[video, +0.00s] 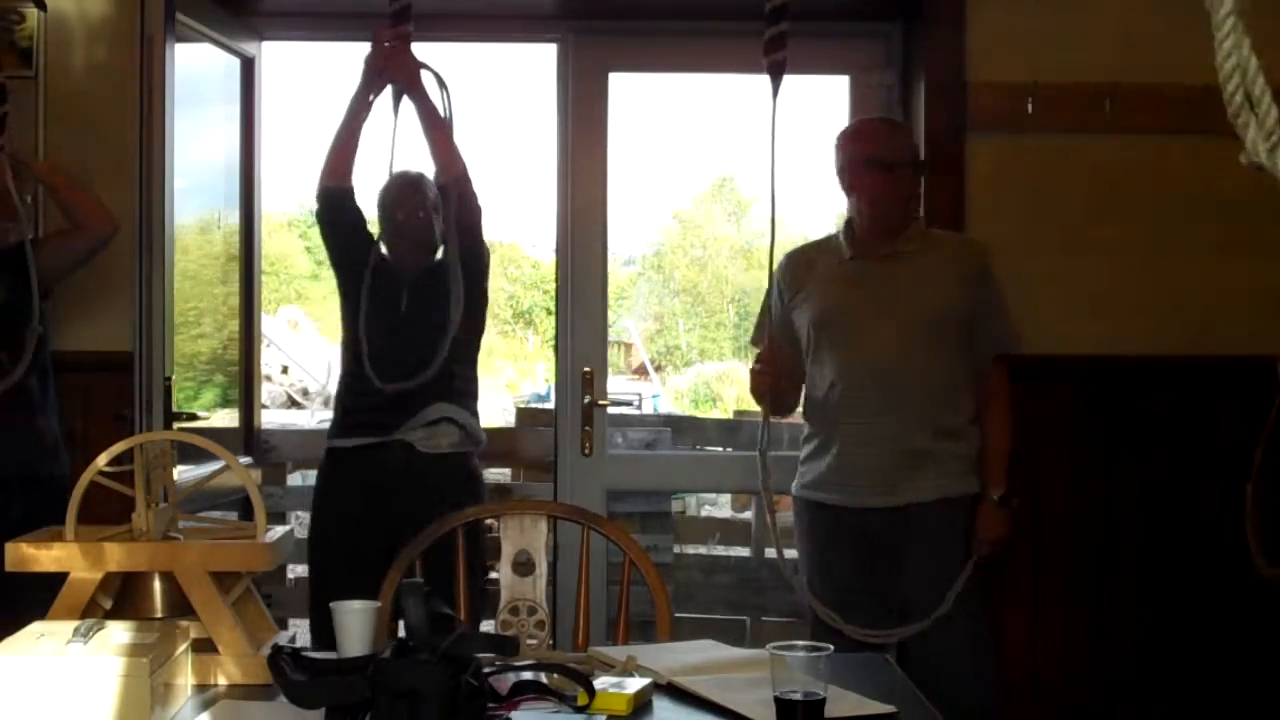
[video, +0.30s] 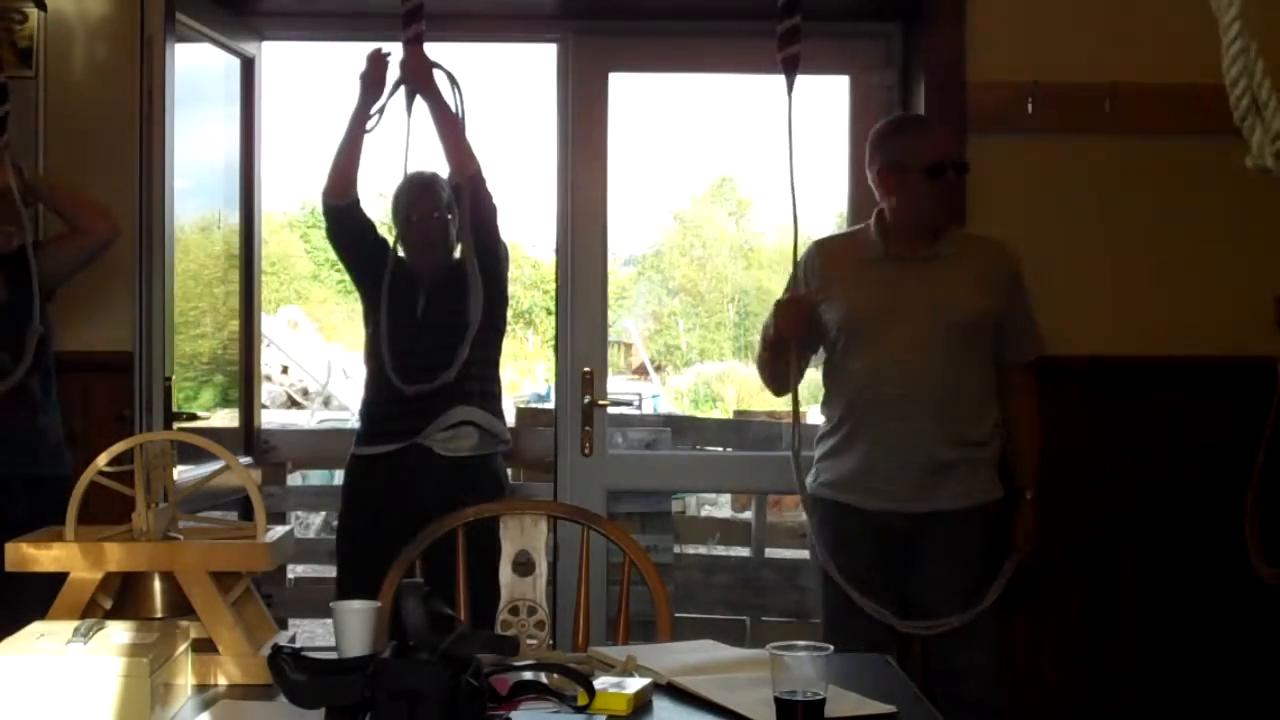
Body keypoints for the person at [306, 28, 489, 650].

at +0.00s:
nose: (409, 208)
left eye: (420, 200)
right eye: (397, 201)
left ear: (440, 217)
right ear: (379, 221)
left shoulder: (463, 278)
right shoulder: (363, 275)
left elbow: (458, 188)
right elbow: (333, 193)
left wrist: (418, 91)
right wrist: (366, 92)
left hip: (441, 467)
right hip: (357, 466)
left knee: (443, 626)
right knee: (348, 630)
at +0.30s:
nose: (427, 217)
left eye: (438, 207)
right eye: (413, 209)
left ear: (458, 218)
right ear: (397, 226)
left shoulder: (482, 278)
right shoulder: (381, 279)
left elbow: (470, 182)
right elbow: (338, 203)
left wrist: (428, 91)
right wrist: (365, 104)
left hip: (466, 472)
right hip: (382, 470)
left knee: (463, 629)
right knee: (368, 628)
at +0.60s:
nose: (423, 213)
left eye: (433, 203)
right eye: (410, 205)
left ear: (454, 218)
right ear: (394, 223)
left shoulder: (480, 279)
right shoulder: (378, 280)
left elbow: (469, 183)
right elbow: (333, 203)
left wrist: (429, 93)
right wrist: (360, 104)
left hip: (460, 473)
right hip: (375, 471)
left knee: (461, 632)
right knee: (364, 632)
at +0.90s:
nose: (428, 206)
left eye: (439, 197)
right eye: (412, 198)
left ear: (454, 217)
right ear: (390, 222)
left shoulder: (473, 280)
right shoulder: (374, 280)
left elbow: (462, 181)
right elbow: (329, 199)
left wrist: (423, 91)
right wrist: (357, 106)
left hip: (452, 479)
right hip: (364, 478)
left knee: (456, 645)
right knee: (358, 649)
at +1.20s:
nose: (417, 217)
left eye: (429, 205)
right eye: (404, 207)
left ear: (452, 219)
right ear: (387, 224)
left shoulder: (472, 280)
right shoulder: (373, 277)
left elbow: (461, 184)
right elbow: (325, 201)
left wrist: (424, 93)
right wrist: (347, 108)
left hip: (448, 477)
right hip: (363, 476)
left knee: (452, 641)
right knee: (355, 644)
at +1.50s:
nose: (421, 205)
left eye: (432, 196)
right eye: (409, 199)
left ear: (452, 216)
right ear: (394, 221)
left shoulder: (473, 281)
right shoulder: (376, 279)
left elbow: (455, 183)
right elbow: (325, 203)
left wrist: (418, 91)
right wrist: (345, 115)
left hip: (449, 477)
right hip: (364, 475)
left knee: (451, 641)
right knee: (356, 643)